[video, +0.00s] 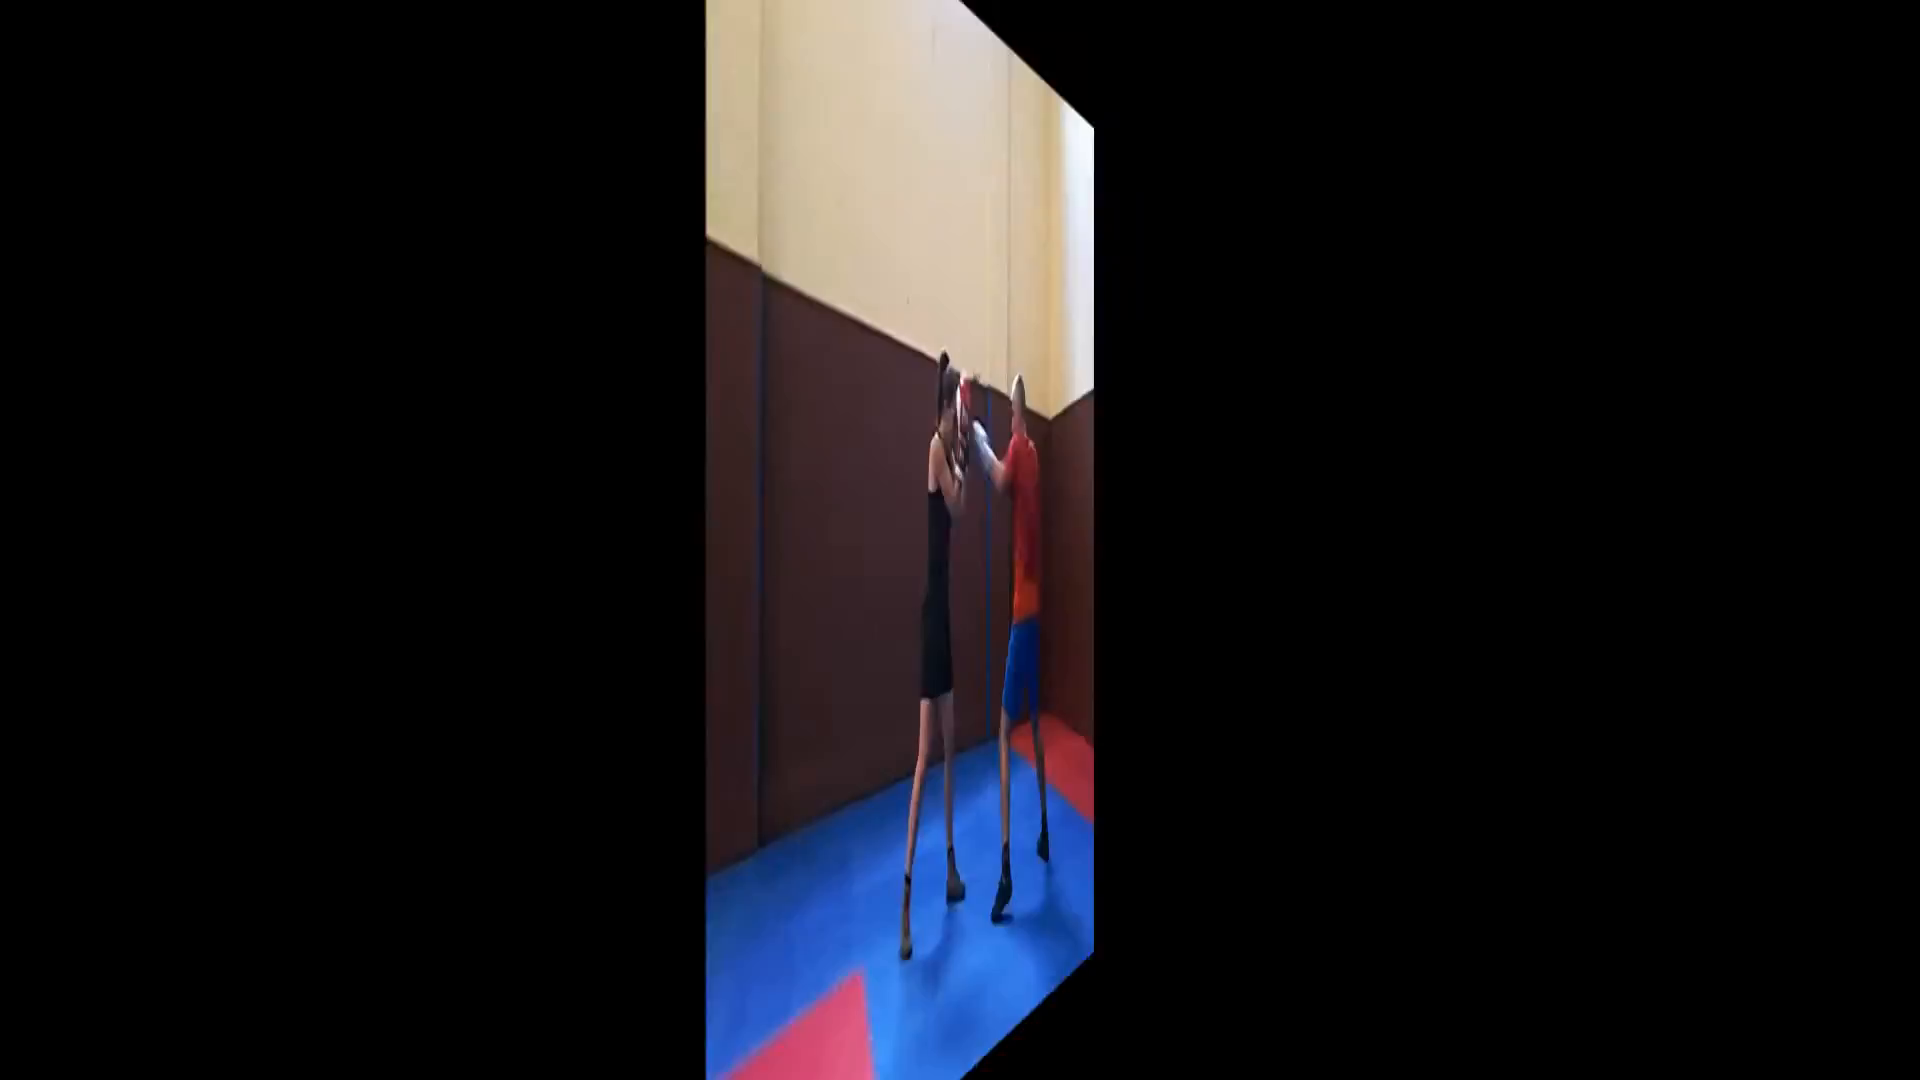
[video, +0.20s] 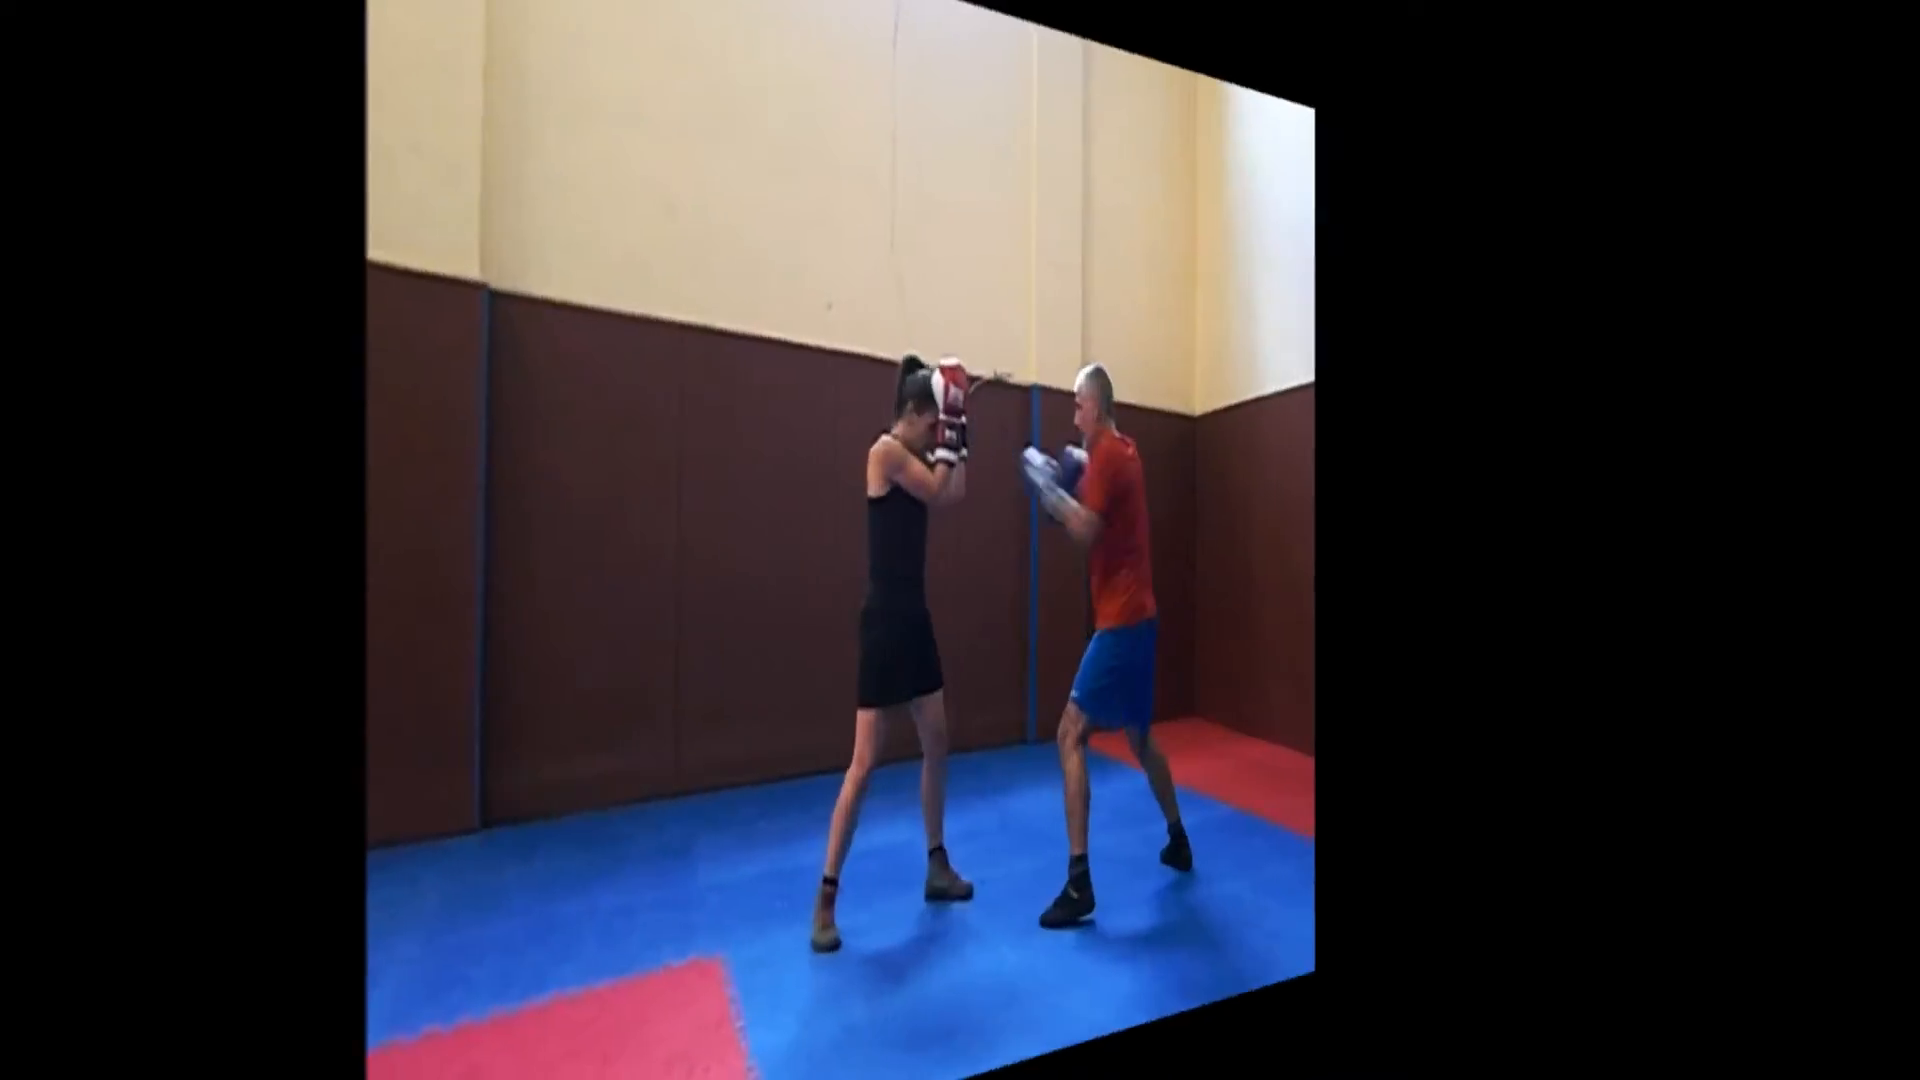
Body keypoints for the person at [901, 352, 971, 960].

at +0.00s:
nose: (966, 418)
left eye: (968, 410)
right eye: (960, 407)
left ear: (969, 424)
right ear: (947, 411)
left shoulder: (966, 460)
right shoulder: (938, 459)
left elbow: (994, 488)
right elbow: (959, 501)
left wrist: (979, 440)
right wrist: (960, 447)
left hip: (949, 619)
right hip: (933, 620)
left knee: (949, 748)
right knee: (925, 753)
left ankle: (949, 857)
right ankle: (908, 867)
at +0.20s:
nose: (935, 432)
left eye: (938, 422)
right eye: (930, 422)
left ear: (924, 418)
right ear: (907, 414)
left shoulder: (911, 457)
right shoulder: (888, 453)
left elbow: (954, 489)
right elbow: (941, 489)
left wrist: (957, 428)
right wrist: (954, 432)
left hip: (912, 618)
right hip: (886, 619)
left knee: (936, 740)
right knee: (865, 759)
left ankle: (938, 864)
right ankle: (827, 892)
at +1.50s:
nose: (928, 428)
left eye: (931, 418)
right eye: (922, 417)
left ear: (902, 419)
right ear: (889, 415)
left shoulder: (904, 466)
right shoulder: (851, 464)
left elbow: (946, 530)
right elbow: (889, 534)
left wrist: (969, 484)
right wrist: (928, 487)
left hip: (909, 620)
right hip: (859, 627)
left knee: (984, 712)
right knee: (844, 750)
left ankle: (979, 829)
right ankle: (799, 867)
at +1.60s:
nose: (942, 424)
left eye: (944, 414)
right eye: (933, 413)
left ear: (935, 416)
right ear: (896, 413)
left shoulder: (941, 451)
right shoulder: (859, 456)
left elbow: (1019, 471)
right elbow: (866, 534)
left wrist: (1060, 437)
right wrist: (918, 486)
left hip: (930, 614)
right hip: (872, 617)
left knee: (974, 729)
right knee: (850, 741)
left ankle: (992, 844)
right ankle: (803, 862)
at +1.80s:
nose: (981, 435)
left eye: (982, 426)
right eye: (974, 425)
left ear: (950, 425)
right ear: (942, 422)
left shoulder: (946, 470)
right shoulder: (902, 460)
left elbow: (970, 534)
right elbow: (930, 504)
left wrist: (1003, 499)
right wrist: (984, 467)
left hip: (940, 621)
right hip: (898, 622)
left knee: (976, 737)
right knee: (884, 745)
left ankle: (987, 856)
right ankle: (805, 857)